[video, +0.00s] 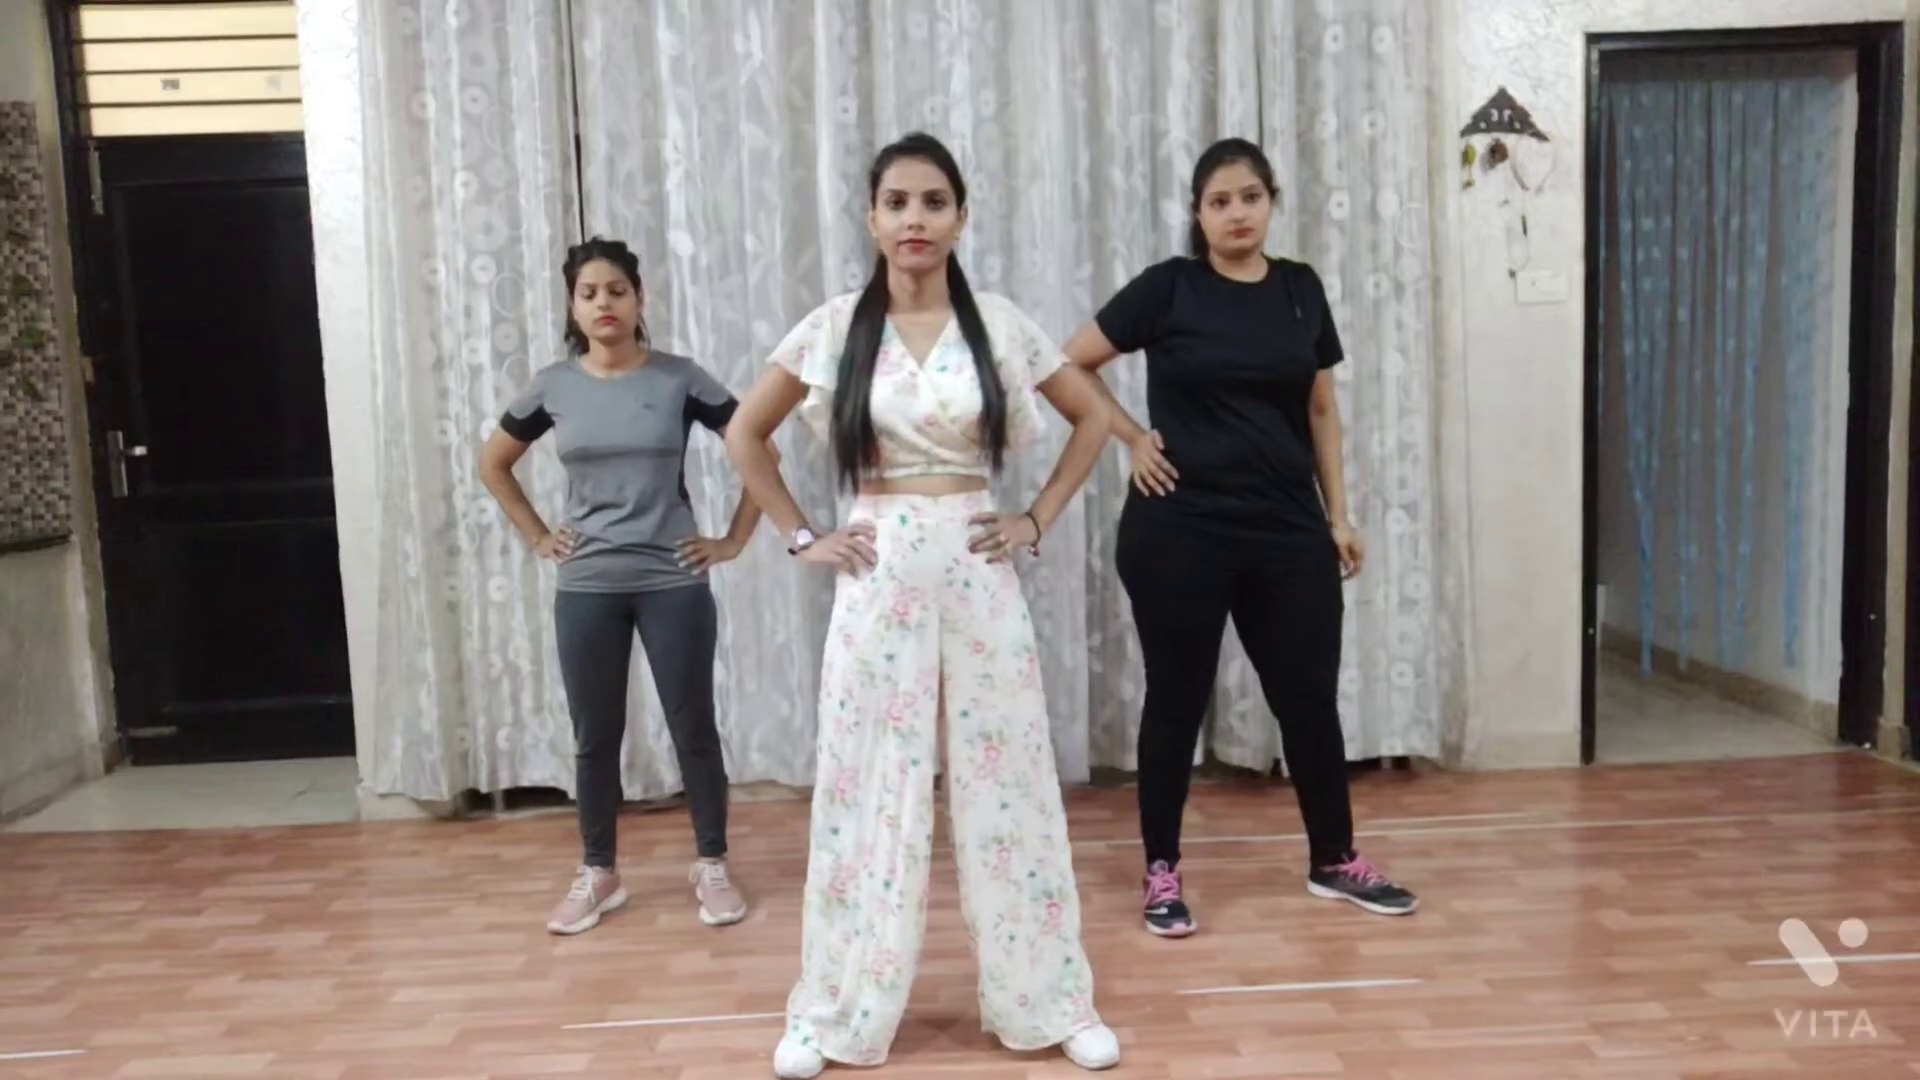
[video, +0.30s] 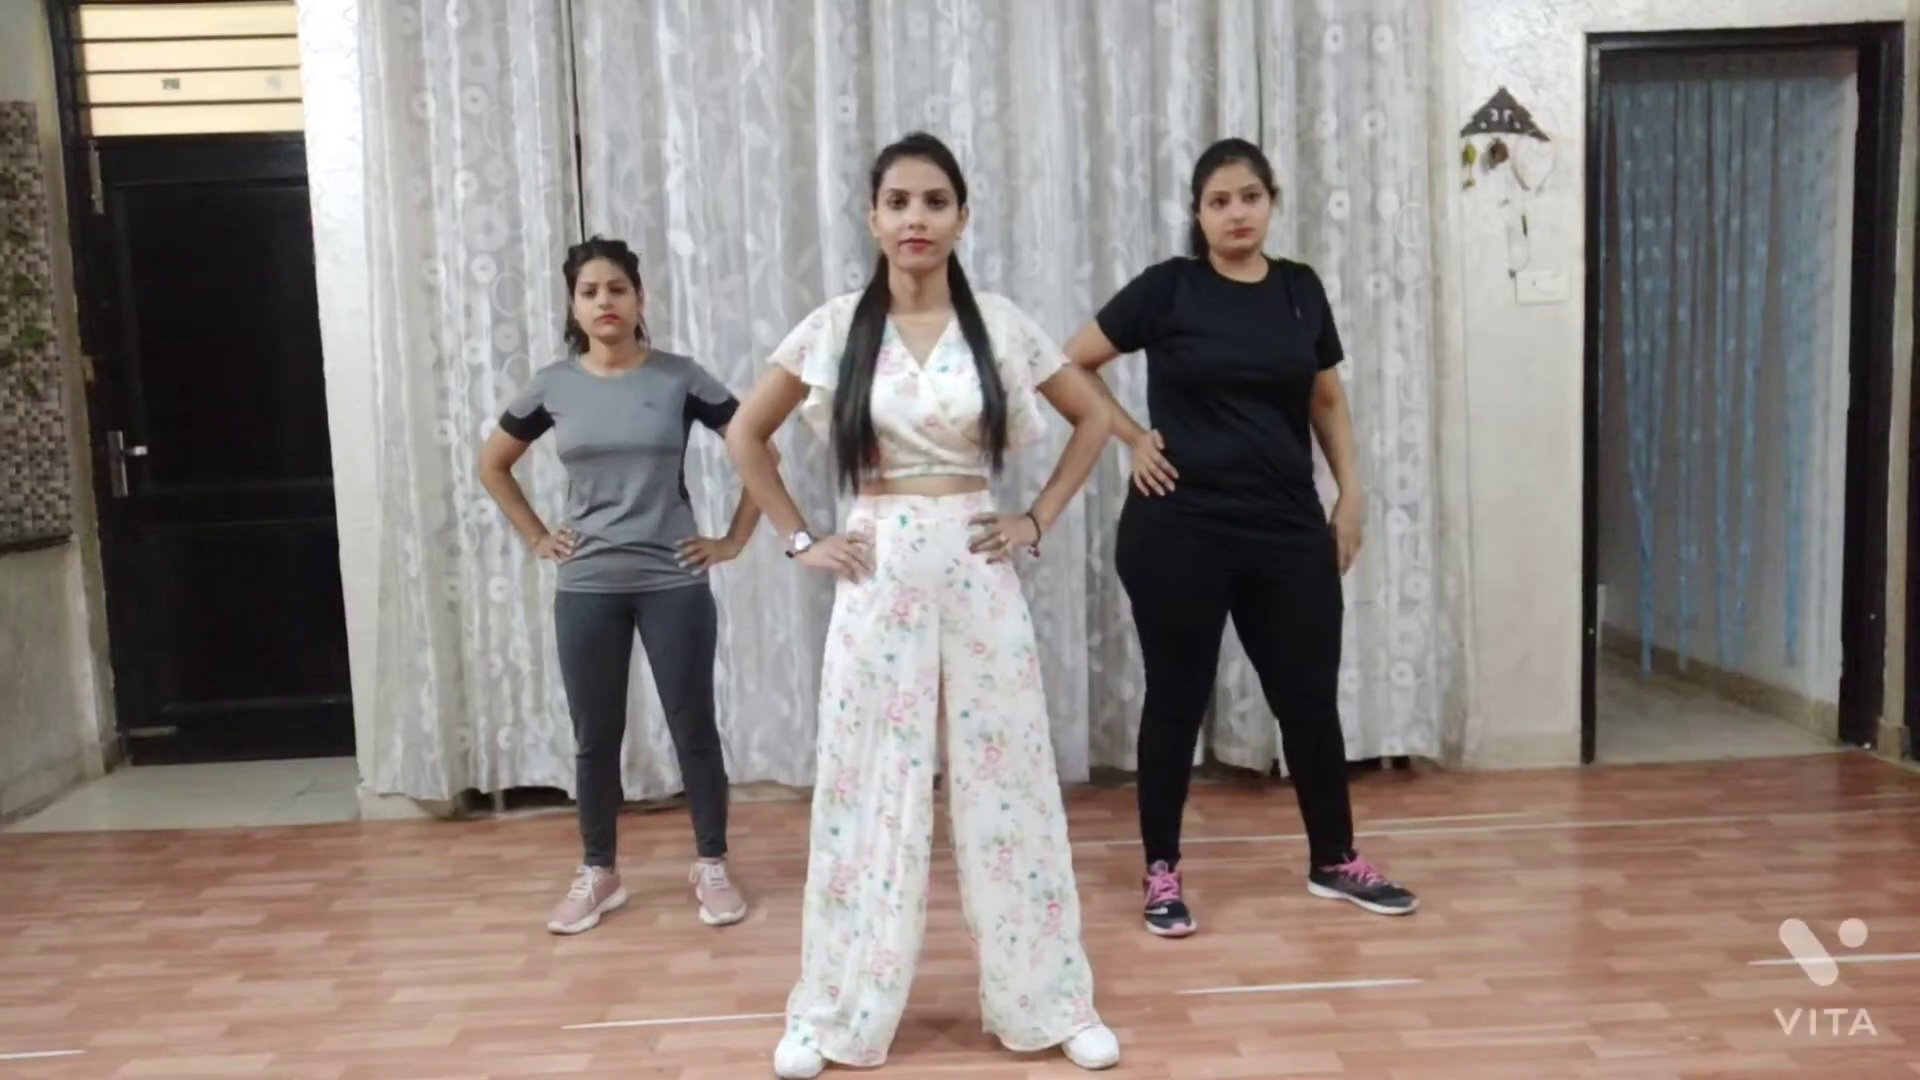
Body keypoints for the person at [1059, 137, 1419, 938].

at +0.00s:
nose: (1237, 213)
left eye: (1251, 197)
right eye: (1221, 200)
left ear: (1271, 205)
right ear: (1198, 211)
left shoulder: (1300, 289)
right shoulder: (1167, 289)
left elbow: (1322, 412)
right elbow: (1069, 369)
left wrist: (1336, 516)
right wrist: (1131, 435)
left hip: (1286, 529)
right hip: (1180, 527)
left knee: (1311, 701)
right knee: (1176, 701)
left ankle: (1335, 861)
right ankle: (1162, 870)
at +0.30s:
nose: (1237, 213)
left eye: (1250, 197)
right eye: (1220, 200)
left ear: (1271, 204)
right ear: (1198, 211)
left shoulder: (1300, 290)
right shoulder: (1166, 289)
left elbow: (1328, 400)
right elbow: (1068, 369)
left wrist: (1348, 493)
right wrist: (1131, 435)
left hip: (1286, 528)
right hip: (1179, 527)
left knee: (1311, 700)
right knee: (1176, 701)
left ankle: (1335, 861)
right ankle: (1161, 870)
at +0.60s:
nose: (1234, 212)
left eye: (1247, 196)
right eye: (1218, 200)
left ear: (1269, 204)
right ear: (1196, 212)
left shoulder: (1301, 291)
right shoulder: (1166, 290)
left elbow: (1335, 397)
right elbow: (1067, 370)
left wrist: (1351, 490)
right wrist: (1130, 434)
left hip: (1286, 530)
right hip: (1179, 528)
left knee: (1312, 700)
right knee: (1175, 701)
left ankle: (1335, 861)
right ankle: (1161, 870)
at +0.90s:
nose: (1233, 212)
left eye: (1246, 197)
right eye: (1217, 201)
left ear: (1268, 204)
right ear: (1195, 214)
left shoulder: (1300, 291)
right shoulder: (1166, 291)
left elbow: (1332, 407)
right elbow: (1067, 371)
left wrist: (1345, 510)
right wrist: (1130, 434)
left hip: (1287, 529)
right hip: (1180, 527)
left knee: (1312, 699)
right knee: (1177, 700)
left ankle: (1335, 861)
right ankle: (1162, 870)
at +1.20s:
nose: (1236, 215)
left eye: (1249, 199)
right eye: (1219, 203)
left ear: (1270, 205)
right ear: (1197, 213)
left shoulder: (1300, 290)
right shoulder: (1166, 290)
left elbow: (1327, 408)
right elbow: (1069, 370)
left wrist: (1343, 511)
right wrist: (1131, 434)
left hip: (1289, 529)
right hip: (1182, 527)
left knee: (1313, 699)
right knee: (1178, 699)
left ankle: (1335, 860)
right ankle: (1162, 869)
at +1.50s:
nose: (1236, 216)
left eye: (1249, 201)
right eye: (1220, 204)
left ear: (1270, 206)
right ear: (1197, 214)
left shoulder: (1300, 291)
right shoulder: (1167, 290)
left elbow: (1328, 409)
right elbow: (1071, 369)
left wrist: (1342, 513)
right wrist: (1132, 435)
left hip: (1289, 530)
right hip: (1182, 528)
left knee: (1313, 700)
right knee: (1177, 701)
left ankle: (1335, 861)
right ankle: (1162, 870)